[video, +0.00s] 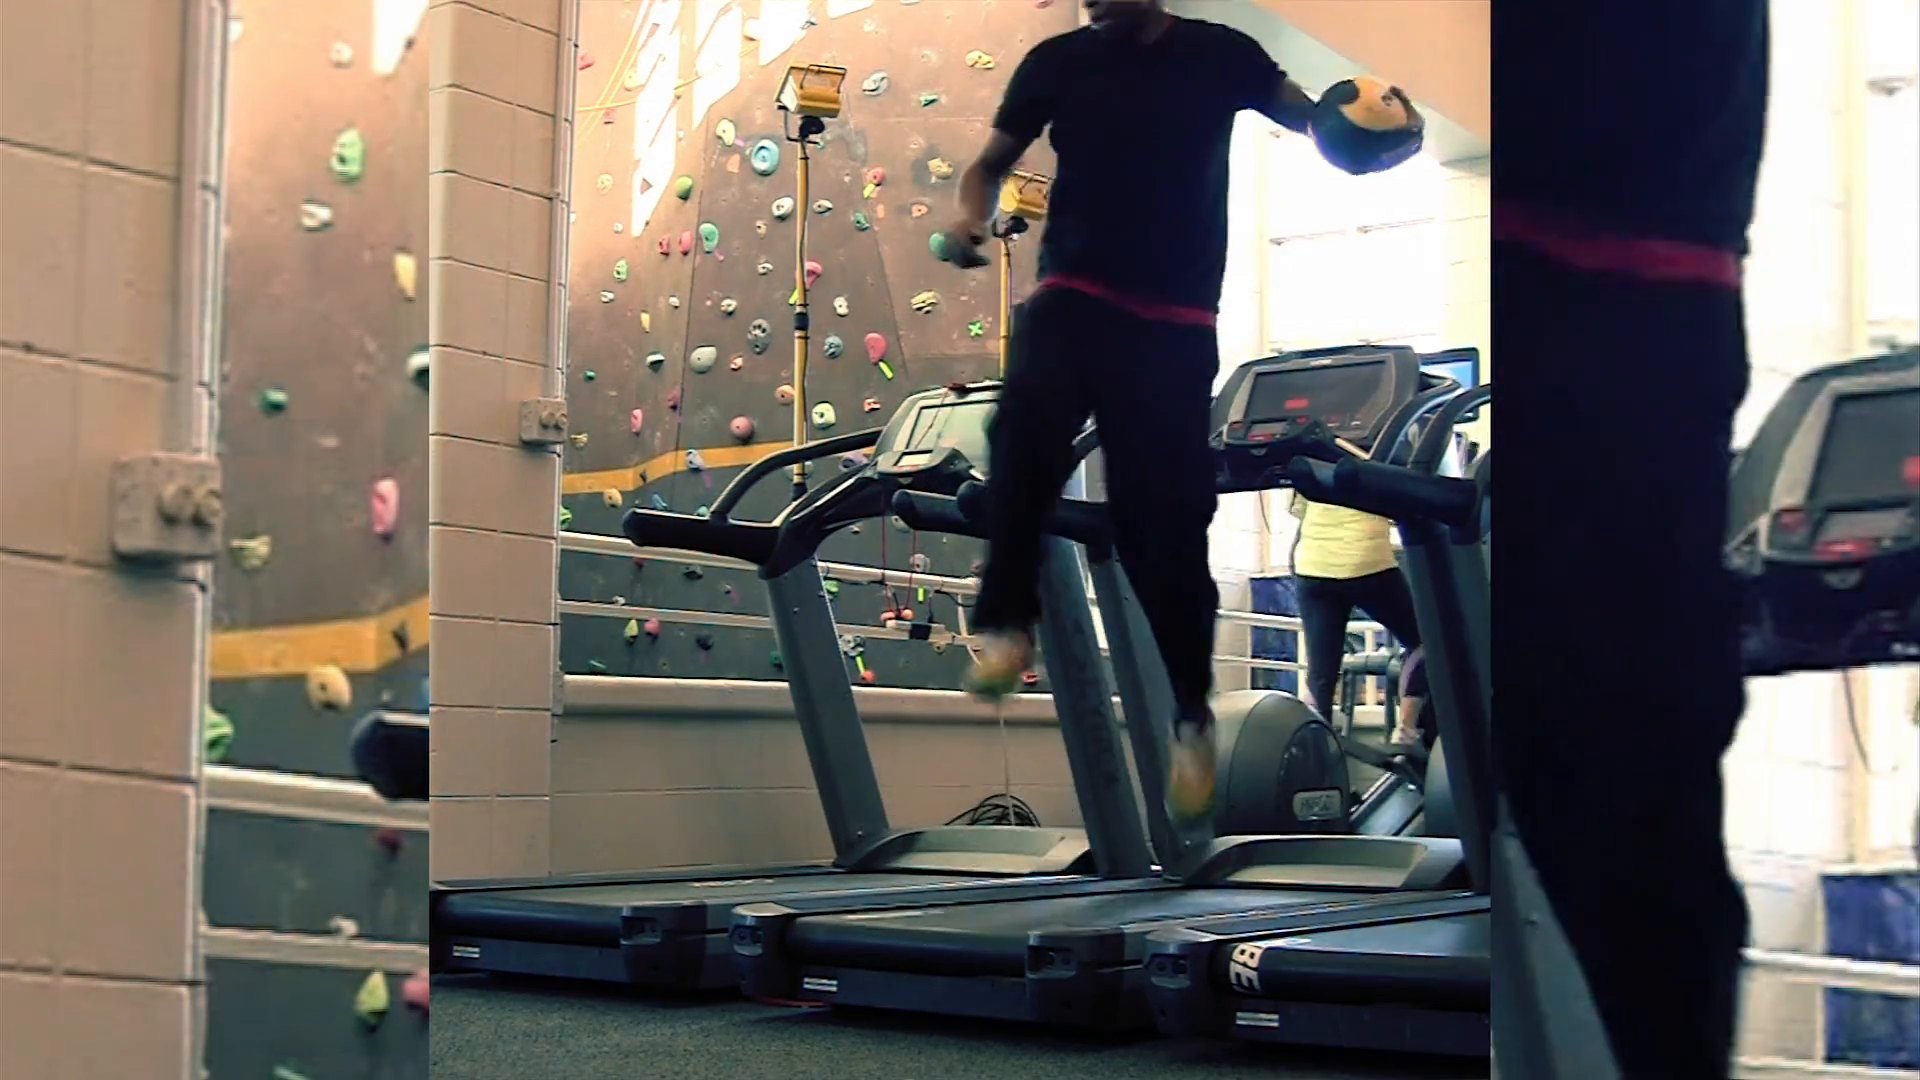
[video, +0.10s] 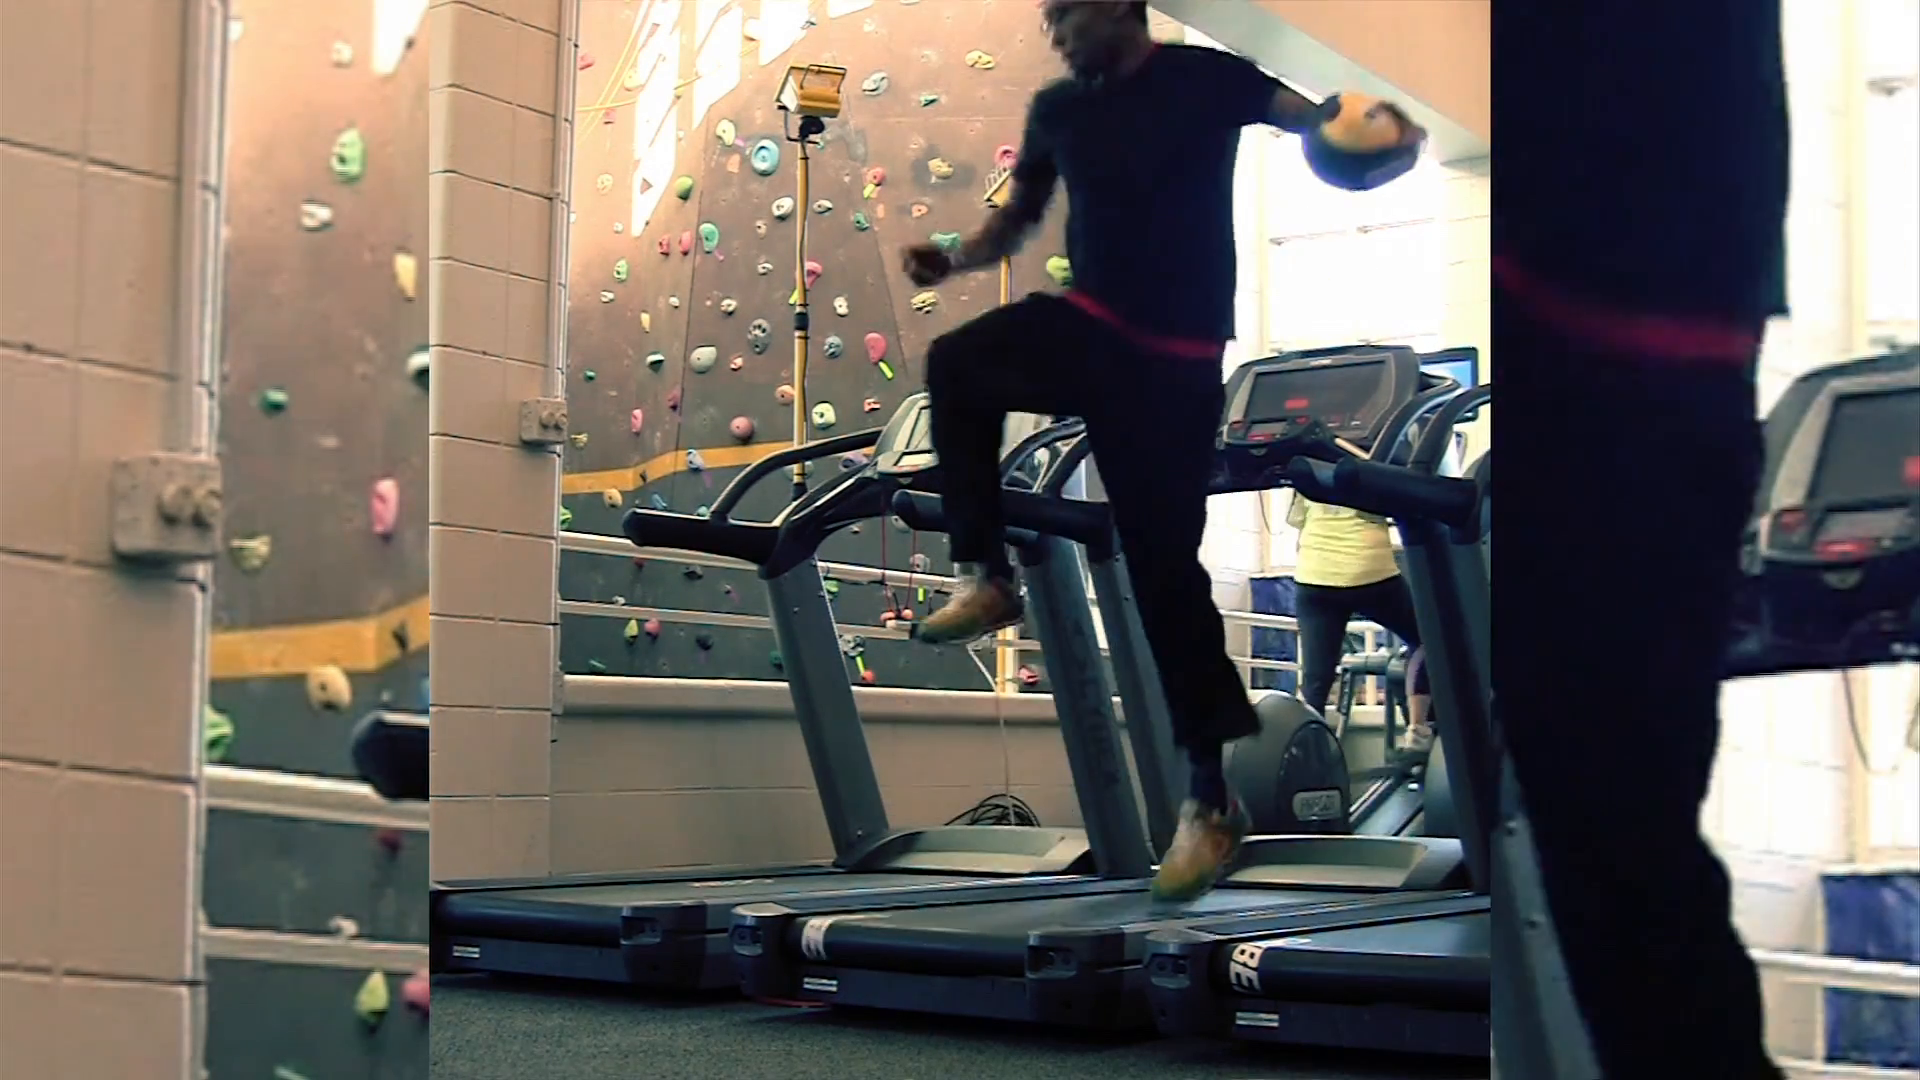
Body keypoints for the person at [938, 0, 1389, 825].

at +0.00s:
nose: (1107, 4)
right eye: (1097, 0)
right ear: (1090, 3)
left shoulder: (1222, 52)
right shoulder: (1057, 60)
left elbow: (1318, 122)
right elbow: (988, 165)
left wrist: (1370, 115)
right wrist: (970, 221)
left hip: (1174, 329)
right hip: (1071, 309)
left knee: (1167, 531)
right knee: (1023, 433)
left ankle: (1192, 718)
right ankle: (1004, 626)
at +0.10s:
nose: (1054, 29)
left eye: (1068, 11)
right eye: (1048, 17)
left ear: (1124, 7)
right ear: (1054, 26)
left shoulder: (1207, 76)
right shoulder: (1057, 107)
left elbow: (1317, 117)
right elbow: (1010, 222)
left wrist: (1374, 123)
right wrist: (951, 257)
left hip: (1173, 359)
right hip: (1081, 331)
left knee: (1164, 569)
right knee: (958, 364)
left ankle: (1209, 803)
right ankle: (986, 577)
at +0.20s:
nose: (1039, 96)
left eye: (1050, 76)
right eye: (1037, 80)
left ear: (1103, 68)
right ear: (1087, 75)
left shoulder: (1198, 140)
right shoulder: (1072, 177)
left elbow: (1301, 195)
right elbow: (1072, 288)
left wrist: (1351, 217)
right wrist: (982, 327)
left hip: (1167, 423)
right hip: (1080, 402)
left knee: (1147, 632)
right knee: (933, 481)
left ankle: (1184, 853)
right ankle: (1026, 658)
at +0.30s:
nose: (1029, 128)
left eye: (1039, 107)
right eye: (1028, 111)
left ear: (1085, 102)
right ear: (1081, 108)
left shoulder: (1181, 183)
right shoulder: (1088, 214)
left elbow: (1263, 271)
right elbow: (1102, 351)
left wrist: (1299, 329)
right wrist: (1023, 391)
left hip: (1161, 455)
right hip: (1084, 455)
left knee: (1102, 650)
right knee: (1001, 644)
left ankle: (1139, 871)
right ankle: (1127, 776)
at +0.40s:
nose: (1023, 126)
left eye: (1032, 107)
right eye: (1025, 110)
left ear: (1073, 104)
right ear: (1082, 108)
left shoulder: (1141, 193)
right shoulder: (1111, 199)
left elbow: (1190, 332)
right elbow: (1128, 337)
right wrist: (1076, 411)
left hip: (1136, 460)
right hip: (1111, 455)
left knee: (1057, 644)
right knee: (1106, 651)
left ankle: (1088, 875)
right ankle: (1205, 837)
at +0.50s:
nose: (1032, 128)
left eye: (1037, 109)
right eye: (1031, 112)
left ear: (1073, 100)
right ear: (1117, 103)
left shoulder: (1094, 190)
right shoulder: (1190, 191)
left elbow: (1065, 342)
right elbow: (1252, 316)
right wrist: (1181, 371)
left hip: (1111, 448)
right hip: (1193, 447)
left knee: (1048, 628)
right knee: (1182, 631)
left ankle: (1034, 859)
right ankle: (1214, 845)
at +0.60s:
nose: (1040, 148)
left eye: (1046, 129)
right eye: (1041, 131)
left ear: (1082, 123)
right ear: (1129, 127)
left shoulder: (1058, 216)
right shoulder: (1212, 210)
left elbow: (953, 328)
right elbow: (1288, 329)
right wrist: (1223, 384)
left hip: (1112, 465)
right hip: (1213, 467)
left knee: (1051, 646)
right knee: (1217, 660)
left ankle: (1030, 854)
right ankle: (1196, 857)